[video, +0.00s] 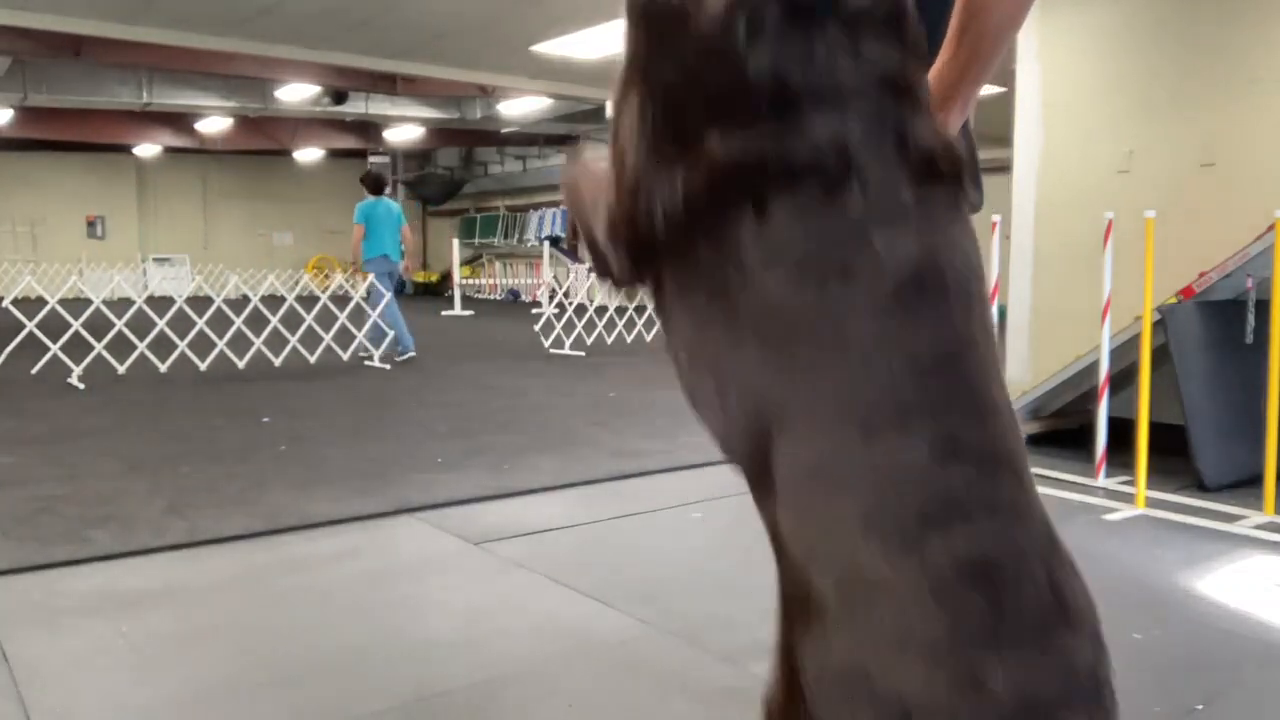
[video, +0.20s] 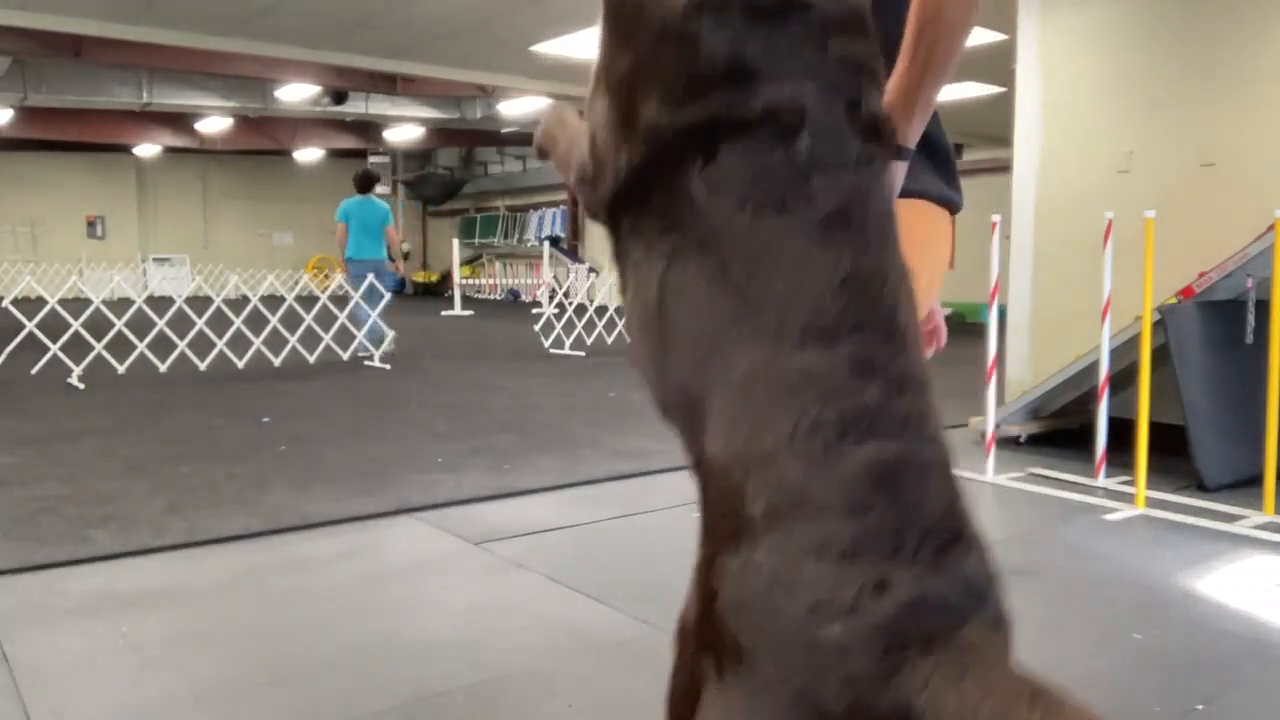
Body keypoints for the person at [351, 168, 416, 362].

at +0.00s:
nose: (363, 189)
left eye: (364, 186)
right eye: (364, 186)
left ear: (366, 188)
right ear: (383, 186)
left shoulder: (363, 207)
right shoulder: (395, 206)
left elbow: (358, 235)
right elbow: (407, 234)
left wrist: (355, 260)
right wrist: (408, 258)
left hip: (374, 259)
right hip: (394, 259)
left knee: (386, 303)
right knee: (379, 303)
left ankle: (406, 345)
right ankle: (372, 344)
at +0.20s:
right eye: (374, 184)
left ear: (356, 185)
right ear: (374, 186)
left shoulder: (346, 205)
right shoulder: (383, 207)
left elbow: (341, 235)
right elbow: (392, 237)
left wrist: (343, 259)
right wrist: (398, 259)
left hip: (356, 259)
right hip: (380, 259)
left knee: (359, 302)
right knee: (378, 300)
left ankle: (384, 333)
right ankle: (365, 343)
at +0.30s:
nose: (370, 187)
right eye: (369, 184)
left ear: (350, 185)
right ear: (368, 185)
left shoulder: (340, 203)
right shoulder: (377, 205)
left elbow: (334, 232)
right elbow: (384, 234)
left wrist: (337, 254)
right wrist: (393, 259)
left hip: (349, 257)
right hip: (373, 257)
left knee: (350, 299)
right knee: (373, 297)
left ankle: (362, 341)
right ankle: (364, 338)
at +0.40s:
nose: (367, 185)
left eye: (366, 181)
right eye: (365, 182)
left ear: (346, 184)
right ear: (359, 184)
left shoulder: (334, 203)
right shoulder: (370, 204)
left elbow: (328, 231)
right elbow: (376, 232)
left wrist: (329, 255)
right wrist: (385, 258)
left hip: (342, 256)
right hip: (366, 257)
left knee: (341, 298)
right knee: (368, 299)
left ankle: (335, 339)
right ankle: (364, 343)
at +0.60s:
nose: (360, 187)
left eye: (359, 183)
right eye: (356, 183)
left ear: (342, 186)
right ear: (345, 185)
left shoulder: (327, 203)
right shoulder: (345, 204)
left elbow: (322, 235)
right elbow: (346, 234)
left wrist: (322, 259)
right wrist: (366, 257)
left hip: (328, 257)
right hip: (346, 258)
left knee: (329, 299)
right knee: (360, 300)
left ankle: (310, 338)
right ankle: (363, 343)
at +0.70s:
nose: (352, 188)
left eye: (353, 184)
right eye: (349, 184)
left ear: (336, 187)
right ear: (336, 186)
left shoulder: (323, 204)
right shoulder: (331, 204)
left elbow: (321, 234)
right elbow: (329, 233)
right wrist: (349, 256)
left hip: (319, 258)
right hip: (331, 258)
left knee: (323, 300)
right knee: (353, 299)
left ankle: (309, 341)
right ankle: (360, 342)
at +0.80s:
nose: (344, 189)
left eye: (346, 185)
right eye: (341, 184)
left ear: (343, 187)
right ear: (329, 185)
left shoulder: (326, 205)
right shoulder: (320, 204)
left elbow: (321, 234)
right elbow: (315, 234)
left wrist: (329, 253)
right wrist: (324, 254)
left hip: (317, 258)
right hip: (317, 258)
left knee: (315, 300)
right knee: (344, 297)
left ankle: (307, 341)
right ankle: (349, 340)